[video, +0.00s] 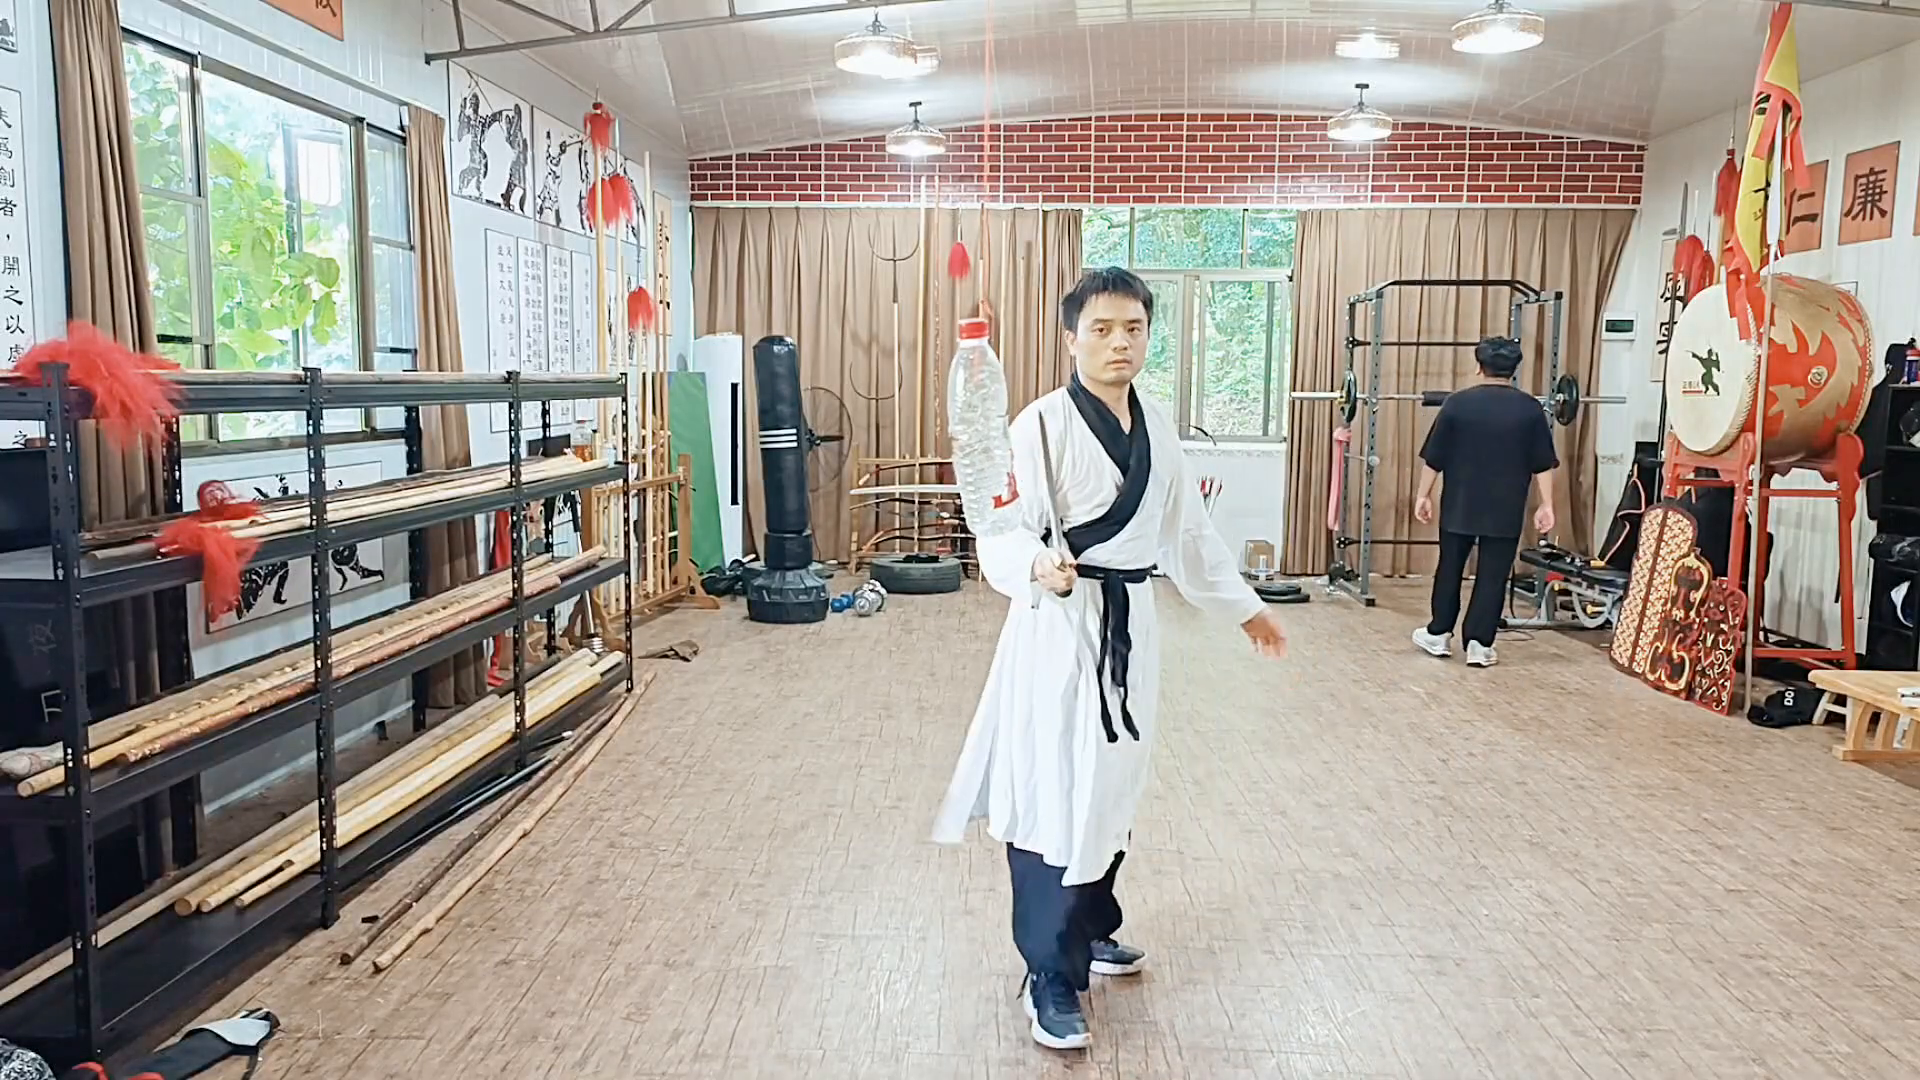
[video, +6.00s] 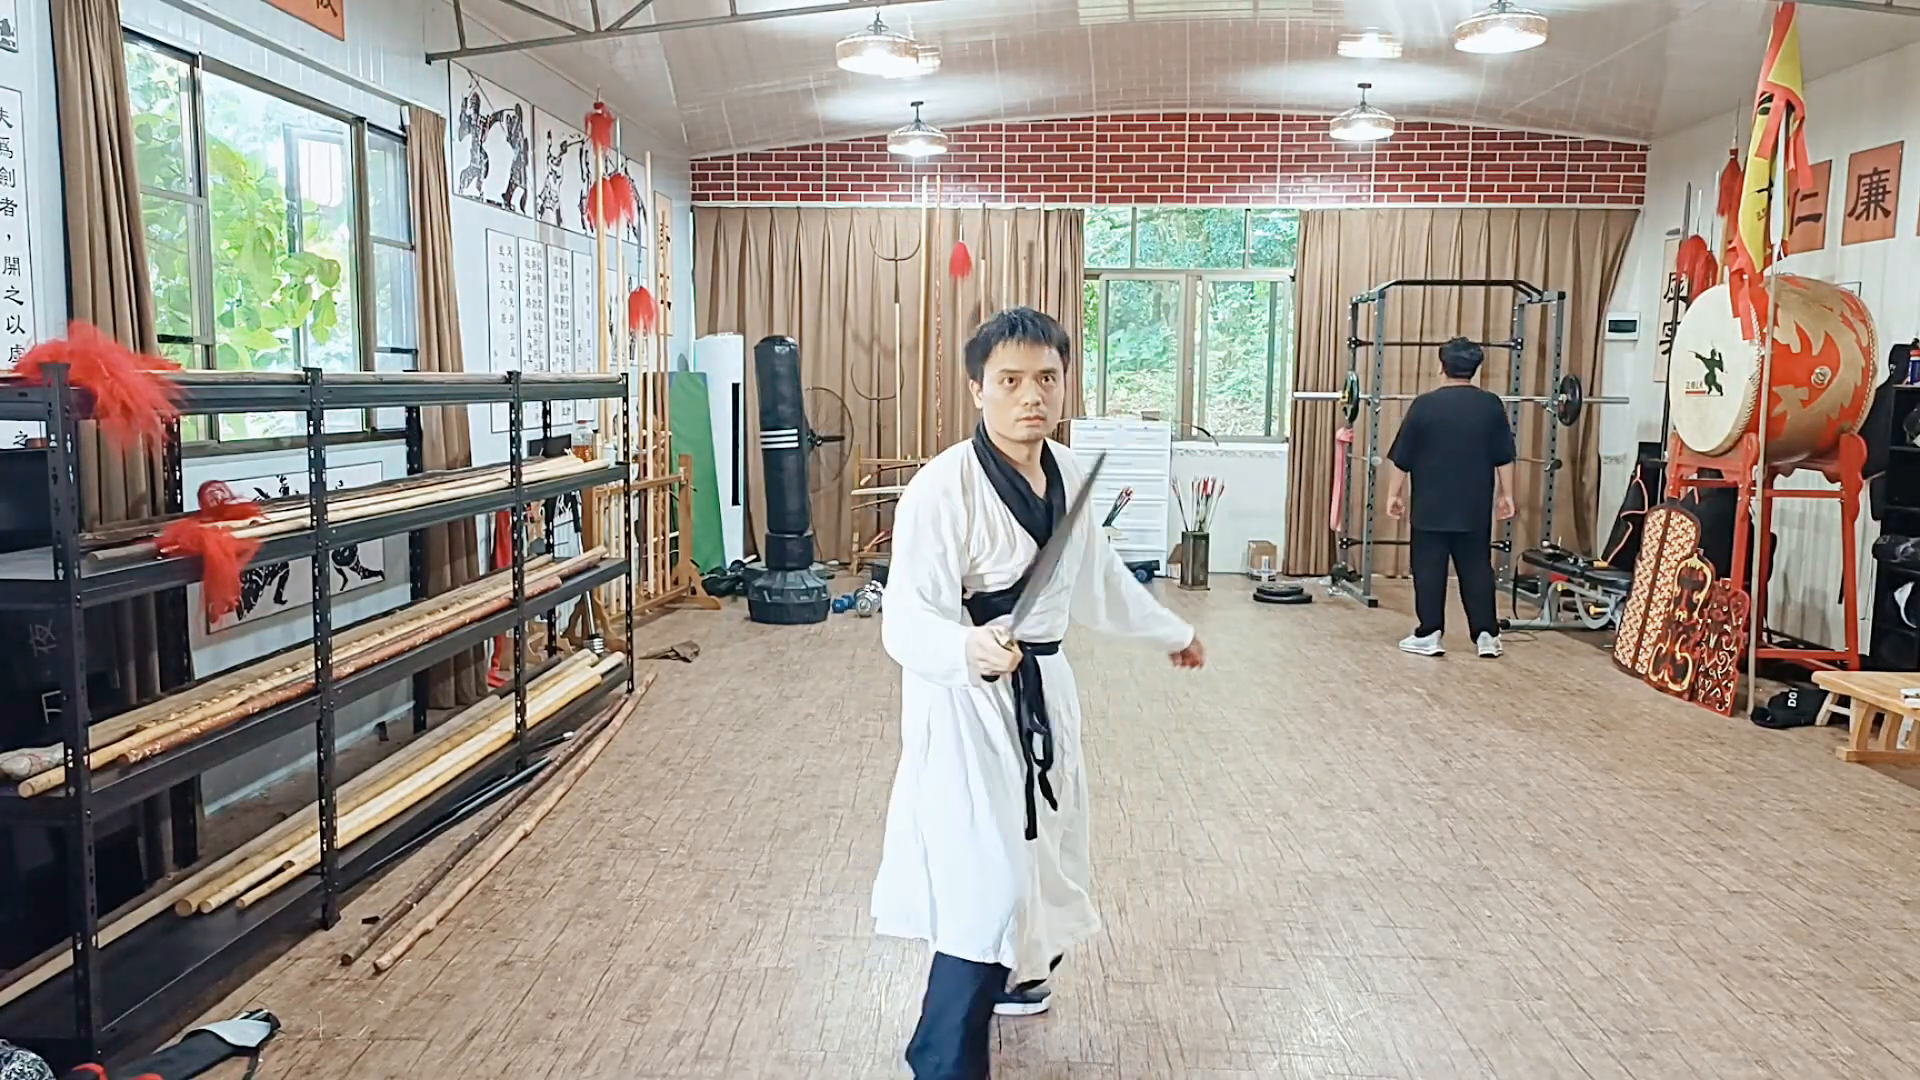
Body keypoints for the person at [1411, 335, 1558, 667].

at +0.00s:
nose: (1475, 368)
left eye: (1477, 364)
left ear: (1480, 367)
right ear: (1514, 369)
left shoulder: (1458, 402)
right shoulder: (1530, 408)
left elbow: (1435, 456)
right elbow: (1543, 463)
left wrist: (1423, 494)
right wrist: (1546, 505)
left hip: (1459, 508)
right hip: (1505, 513)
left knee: (1449, 571)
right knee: (1492, 580)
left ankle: (1438, 636)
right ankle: (1479, 646)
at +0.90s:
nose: (1430, 370)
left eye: (1432, 366)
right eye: (1434, 365)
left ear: (1435, 370)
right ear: (1467, 370)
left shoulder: (1420, 405)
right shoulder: (1485, 403)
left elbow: (1399, 459)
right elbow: (1501, 456)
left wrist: (1391, 498)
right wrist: (1500, 495)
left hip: (1427, 508)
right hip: (1470, 509)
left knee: (1424, 573)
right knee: (1468, 571)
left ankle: (1426, 634)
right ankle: (1477, 637)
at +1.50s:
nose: (1409, 370)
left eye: (1411, 366)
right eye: (1413, 366)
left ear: (1414, 371)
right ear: (1444, 370)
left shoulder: (1401, 407)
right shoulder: (1464, 404)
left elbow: (1380, 461)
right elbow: (1478, 453)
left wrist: (1374, 499)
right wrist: (1478, 487)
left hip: (1411, 507)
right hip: (1451, 504)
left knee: (1415, 568)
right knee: (1444, 557)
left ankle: (1425, 633)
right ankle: (1439, 609)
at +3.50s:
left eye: (1423, 383)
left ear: (1421, 387)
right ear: (1453, 384)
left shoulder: (1408, 423)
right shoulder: (1470, 416)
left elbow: (1388, 472)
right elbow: (1491, 462)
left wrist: (1381, 506)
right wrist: (1489, 490)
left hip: (1420, 513)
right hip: (1460, 512)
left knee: (1412, 563)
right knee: (1460, 569)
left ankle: (1405, 609)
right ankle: (1463, 629)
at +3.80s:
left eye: (1444, 368)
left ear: (1443, 371)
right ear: (1477, 372)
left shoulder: (1431, 407)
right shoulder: (1494, 406)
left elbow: (1412, 460)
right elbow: (1509, 456)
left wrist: (1406, 496)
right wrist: (1511, 492)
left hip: (1436, 504)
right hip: (1480, 505)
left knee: (1428, 560)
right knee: (1471, 570)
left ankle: (1421, 623)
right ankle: (1463, 637)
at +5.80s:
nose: (1426, 366)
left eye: (1428, 363)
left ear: (1430, 367)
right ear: (1463, 369)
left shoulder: (1412, 404)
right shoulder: (1478, 404)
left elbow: (1391, 455)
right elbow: (1494, 454)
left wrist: (1386, 491)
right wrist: (1497, 492)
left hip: (1421, 507)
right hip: (1465, 507)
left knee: (1423, 571)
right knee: (1473, 567)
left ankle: (1428, 635)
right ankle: (1485, 633)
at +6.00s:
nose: (1438, 368)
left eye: (1440, 364)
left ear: (1442, 368)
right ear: (1475, 369)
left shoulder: (1425, 404)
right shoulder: (1490, 405)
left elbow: (1402, 456)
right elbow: (1503, 456)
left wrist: (1394, 493)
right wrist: (1507, 494)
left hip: (1430, 508)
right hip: (1474, 508)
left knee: (1429, 571)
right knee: (1476, 570)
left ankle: (1429, 634)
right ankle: (1486, 635)